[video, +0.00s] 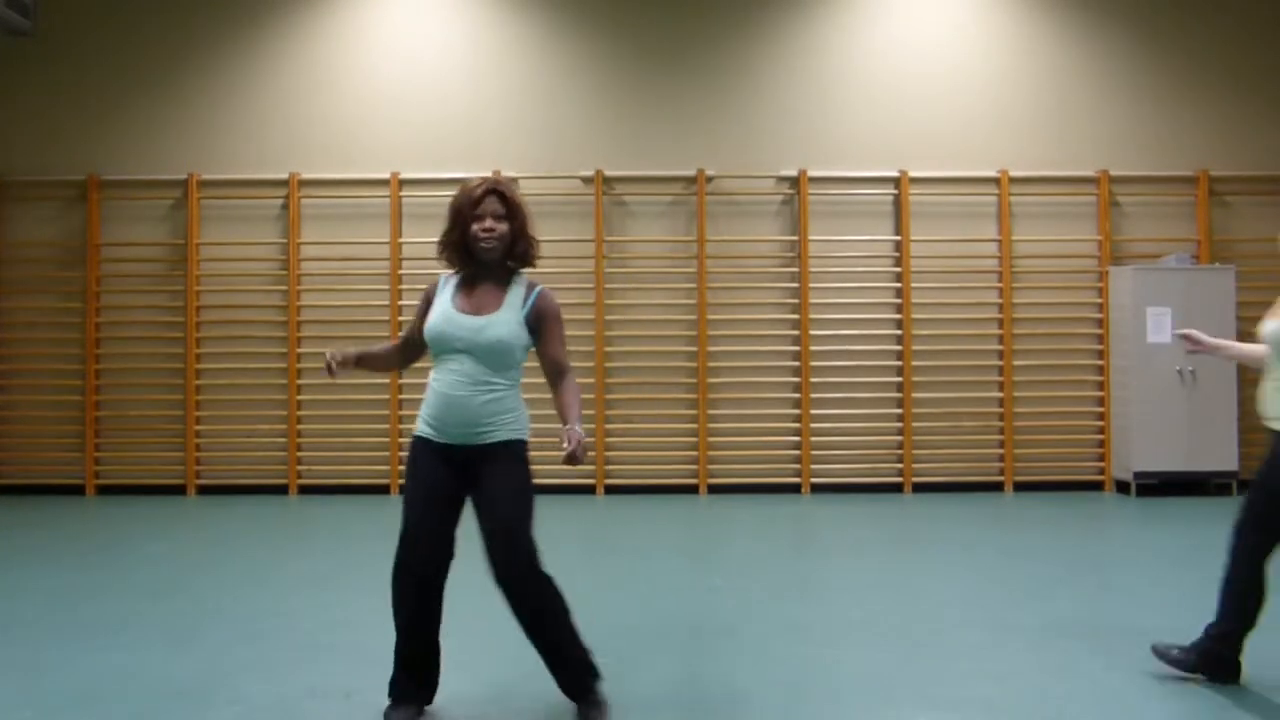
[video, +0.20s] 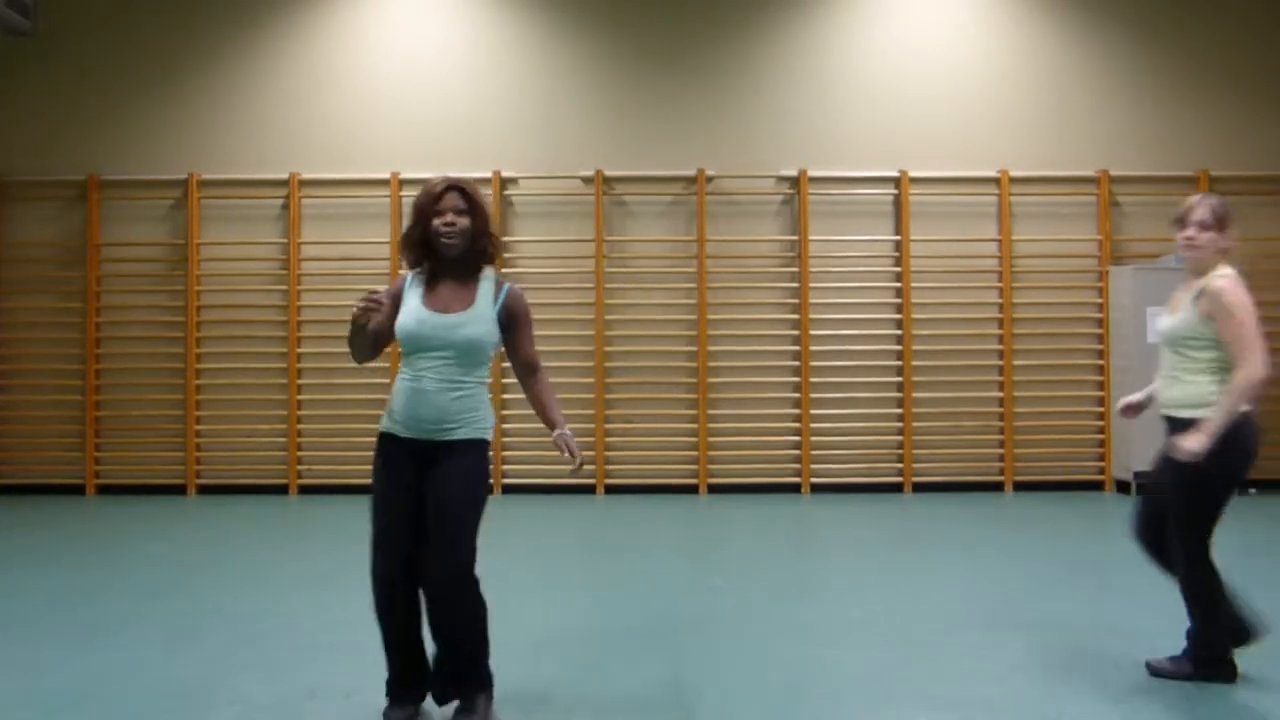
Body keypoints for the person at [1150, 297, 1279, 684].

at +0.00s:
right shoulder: (1275, 304)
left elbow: (1268, 354)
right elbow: (1272, 353)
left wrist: (1214, 346)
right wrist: (1213, 345)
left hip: (1279, 447)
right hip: (1277, 444)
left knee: (1251, 537)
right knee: (1251, 539)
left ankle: (1221, 651)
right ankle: (1221, 652)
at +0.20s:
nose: (1192, 235)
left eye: (1204, 227)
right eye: (1185, 226)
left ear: (1224, 238)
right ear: (1177, 234)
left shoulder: (1224, 288)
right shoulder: (1186, 290)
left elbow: (1254, 368)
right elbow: (1183, 366)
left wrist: (1206, 431)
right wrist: (1146, 397)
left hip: (1218, 431)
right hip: (1183, 428)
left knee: (1187, 540)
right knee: (1154, 531)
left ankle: (1211, 657)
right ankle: (1230, 622)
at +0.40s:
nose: (1098, 243)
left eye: (1109, 237)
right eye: (1092, 235)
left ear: (1126, 247)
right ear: (1083, 244)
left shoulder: (1125, 292)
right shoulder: (1094, 292)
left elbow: (1136, 367)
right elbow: (1097, 363)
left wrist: (1065, 396)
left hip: (1121, 438)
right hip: (1082, 435)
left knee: (1125, 545)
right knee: (1043, 534)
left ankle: (1198, 642)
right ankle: (1006, 629)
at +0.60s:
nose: (1017, 250)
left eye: (1027, 243)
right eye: (1010, 242)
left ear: (1043, 253)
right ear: (1000, 250)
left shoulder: (1047, 301)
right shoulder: (1003, 297)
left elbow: (1069, 374)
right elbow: (999, 367)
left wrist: (1023, 430)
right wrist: (961, 394)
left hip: (1028, 436)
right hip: (990, 429)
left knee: (972, 534)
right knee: (968, 534)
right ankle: (991, 634)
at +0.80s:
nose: (951, 251)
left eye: (961, 245)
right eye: (944, 244)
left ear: (976, 254)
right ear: (934, 252)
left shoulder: (988, 304)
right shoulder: (925, 297)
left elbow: (1028, 367)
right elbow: (908, 365)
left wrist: (1001, 429)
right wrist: (872, 374)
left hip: (961, 436)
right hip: (916, 431)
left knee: (896, 529)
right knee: (926, 541)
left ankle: (867, 644)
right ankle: (985, 624)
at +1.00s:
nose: (901, 246)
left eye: (910, 239)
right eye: (893, 239)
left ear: (924, 249)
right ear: (882, 248)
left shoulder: (939, 300)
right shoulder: (870, 297)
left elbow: (976, 365)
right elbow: (850, 361)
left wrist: (939, 410)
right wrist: (838, 370)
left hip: (911, 434)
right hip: (860, 427)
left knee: (862, 535)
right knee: (827, 530)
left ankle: (867, 646)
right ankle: (860, 622)